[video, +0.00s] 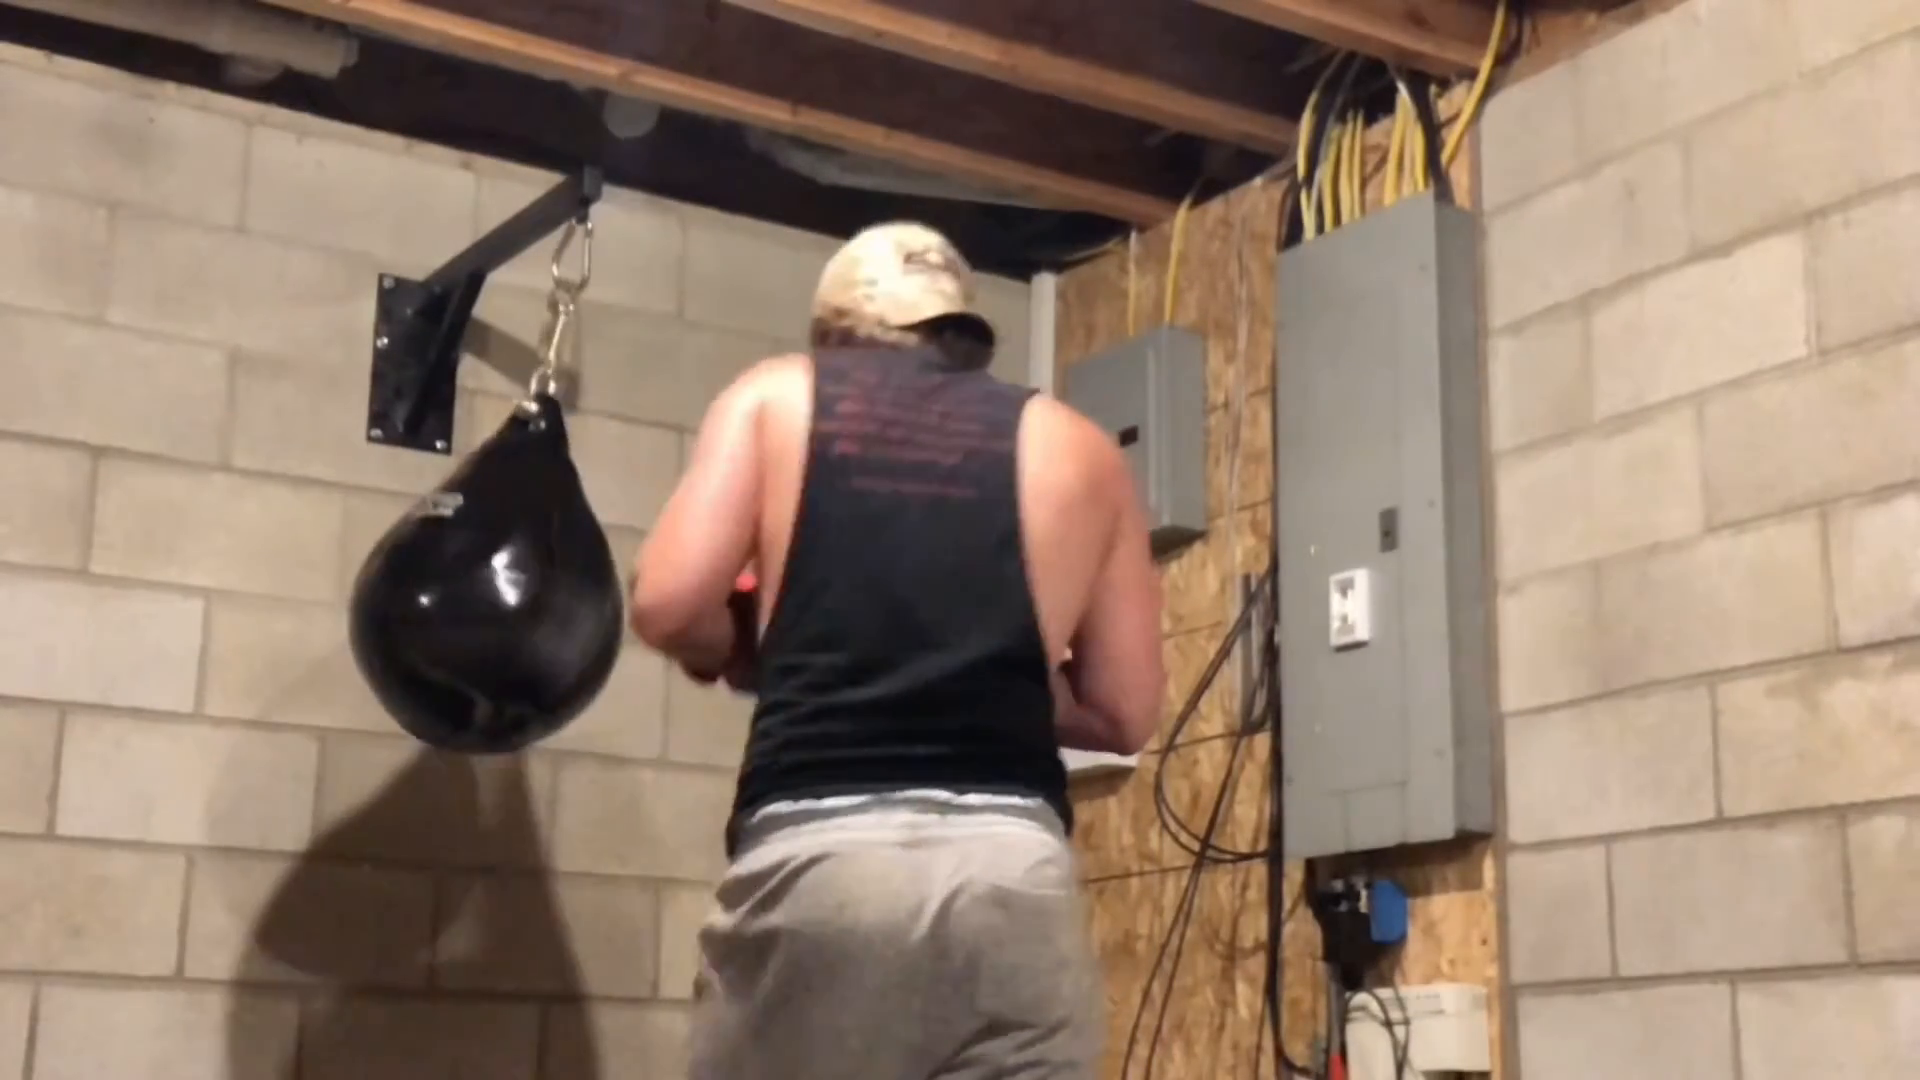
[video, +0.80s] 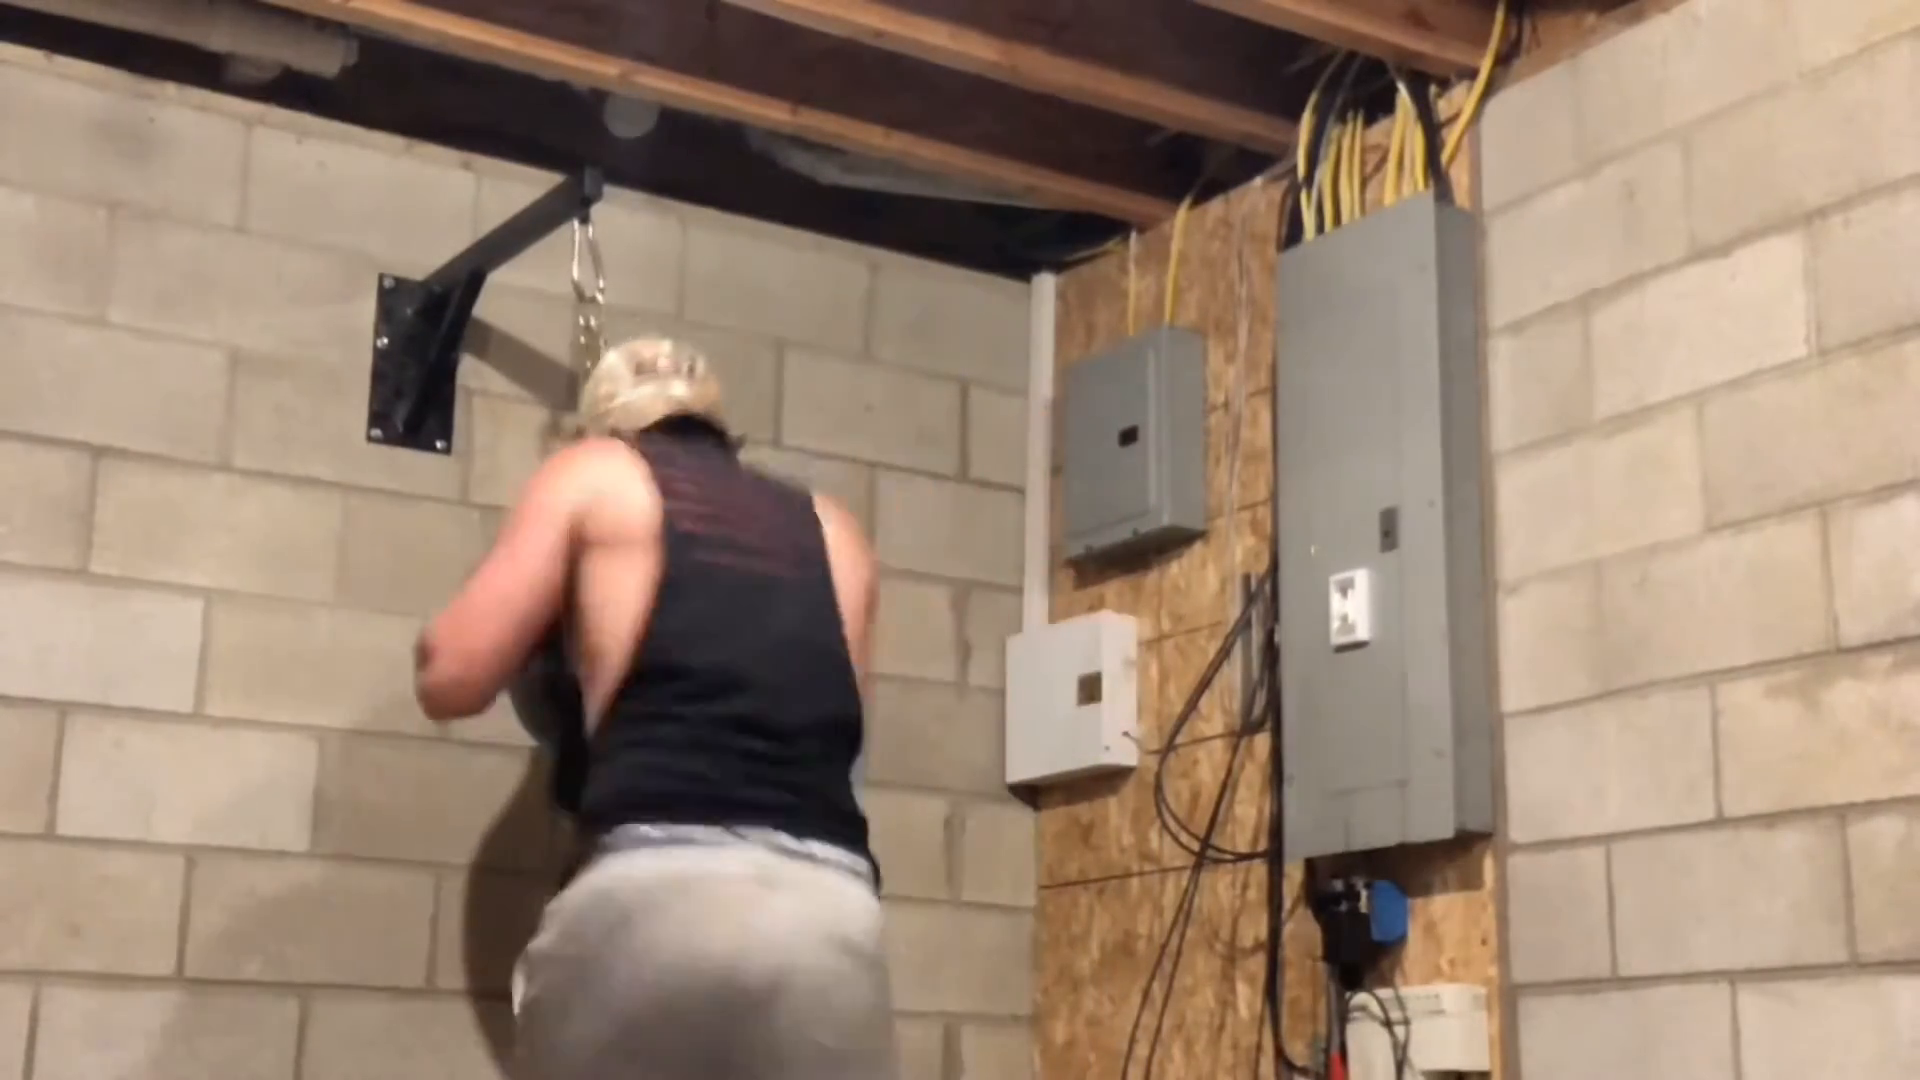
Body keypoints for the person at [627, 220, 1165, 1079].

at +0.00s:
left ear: (831, 326)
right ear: (965, 333)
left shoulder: (768, 396)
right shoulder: (1080, 447)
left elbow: (666, 604)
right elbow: (1125, 716)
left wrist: (742, 645)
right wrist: (981, 681)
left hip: (816, 868)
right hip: (1016, 872)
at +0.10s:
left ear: (798, 344)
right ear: (932, 346)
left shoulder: (727, 428)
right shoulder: (1047, 454)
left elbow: (642, 637)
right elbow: (1114, 712)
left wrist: (750, 671)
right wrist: (976, 679)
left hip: (795, 883)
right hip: (994, 879)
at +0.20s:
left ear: (753, 359)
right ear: (886, 353)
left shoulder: (680, 454)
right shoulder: (1002, 450)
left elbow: (602, 678)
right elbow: (1081, 692)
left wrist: (719, 681)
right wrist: (954, 657)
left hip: (761, 890)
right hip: (960, 881)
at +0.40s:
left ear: (685, 379)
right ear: (815, 359)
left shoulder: (611, 479)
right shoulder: (915, 427)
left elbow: (554, 713)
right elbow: (1018, 663)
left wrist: (695, 675)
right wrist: (891, 622)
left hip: (680, 878)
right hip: (874, 863)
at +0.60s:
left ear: (637, 399)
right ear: (765, 383)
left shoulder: (572, 486)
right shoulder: (871, 449)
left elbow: (512, 718)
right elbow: (952, 686)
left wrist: (636, 640)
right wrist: (834, 612)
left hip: (626, 886)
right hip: (817, 881)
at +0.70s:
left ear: (616, 404)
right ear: (738, 395)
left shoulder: (569, 473)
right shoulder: (858, 479)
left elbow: (477, 704)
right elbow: (903, 722)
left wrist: (579, 627)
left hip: (629, 881)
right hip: (819, 882)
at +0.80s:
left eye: (589, 423)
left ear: (606, 421)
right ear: (718, 423)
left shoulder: (591, 472)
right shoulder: (837, 527)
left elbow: (450, 682)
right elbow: (845, 703)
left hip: (651, 895)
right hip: (832, 917)